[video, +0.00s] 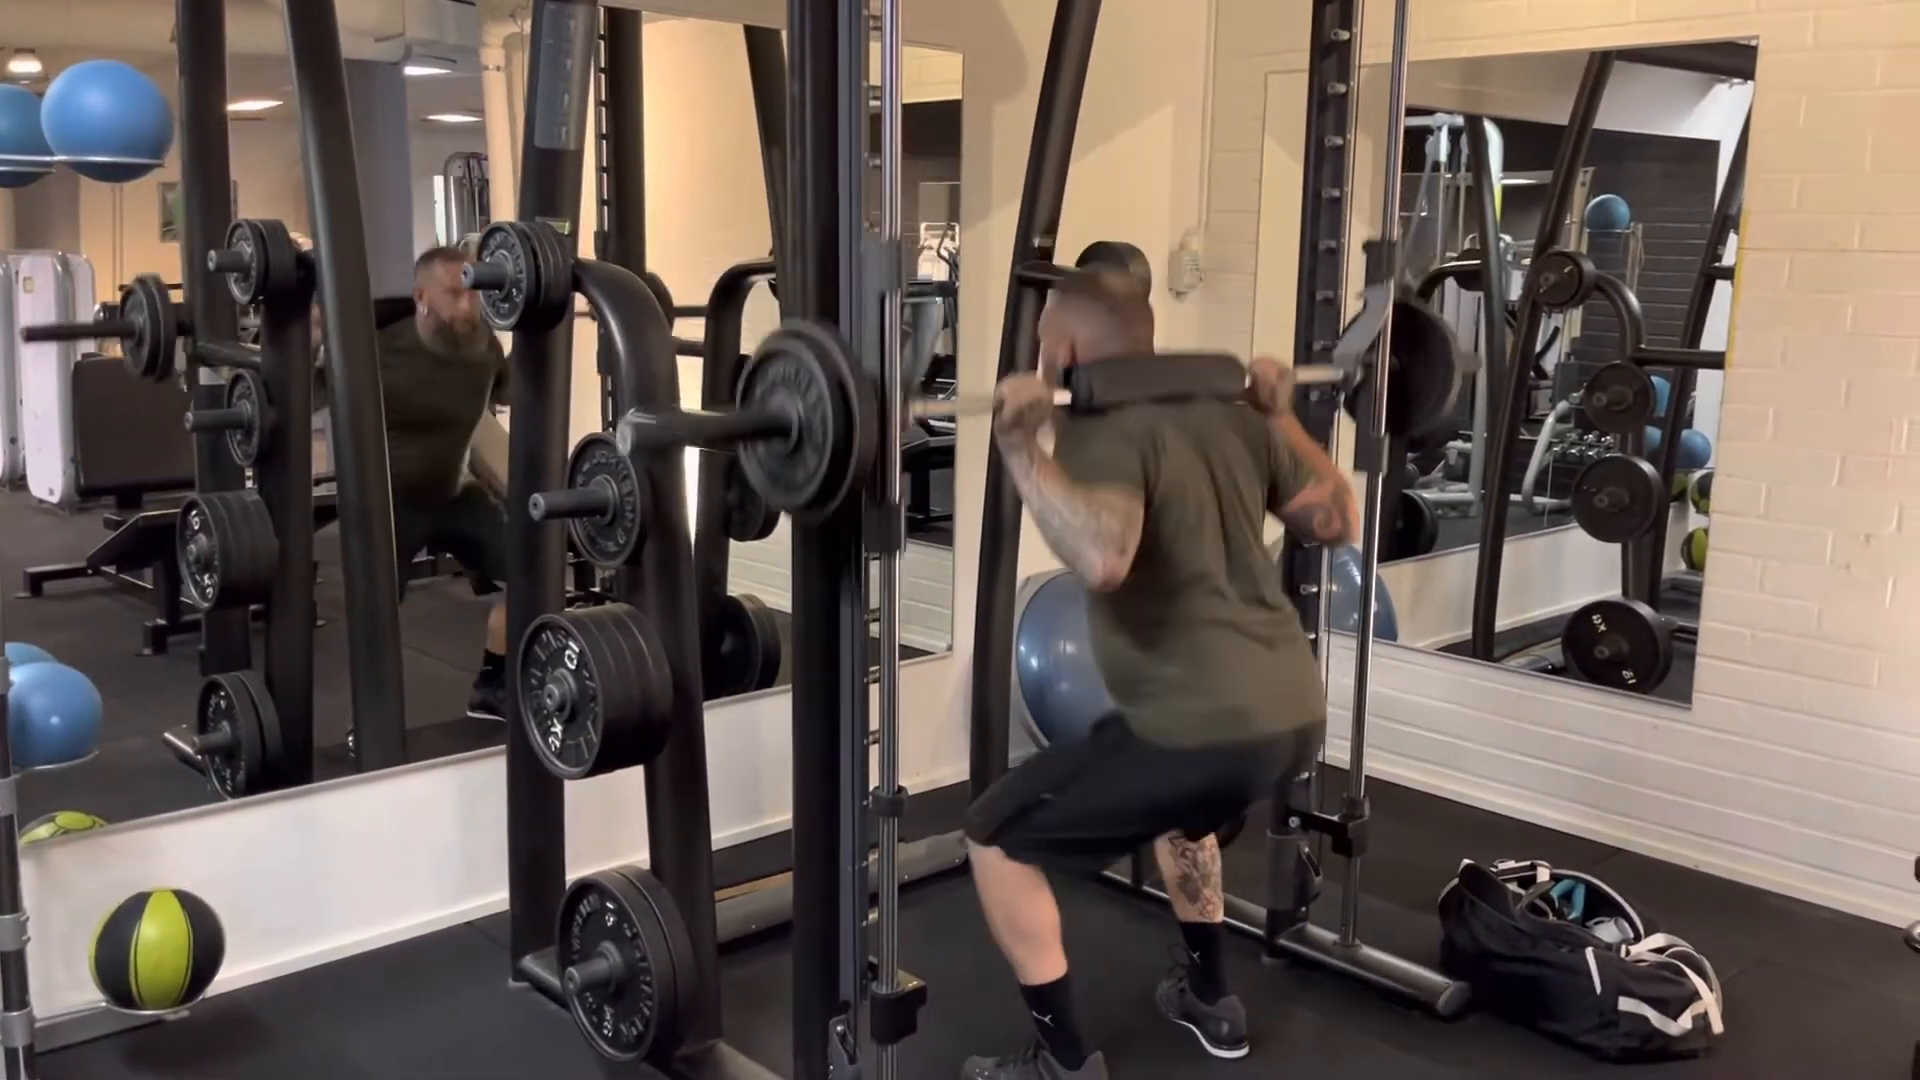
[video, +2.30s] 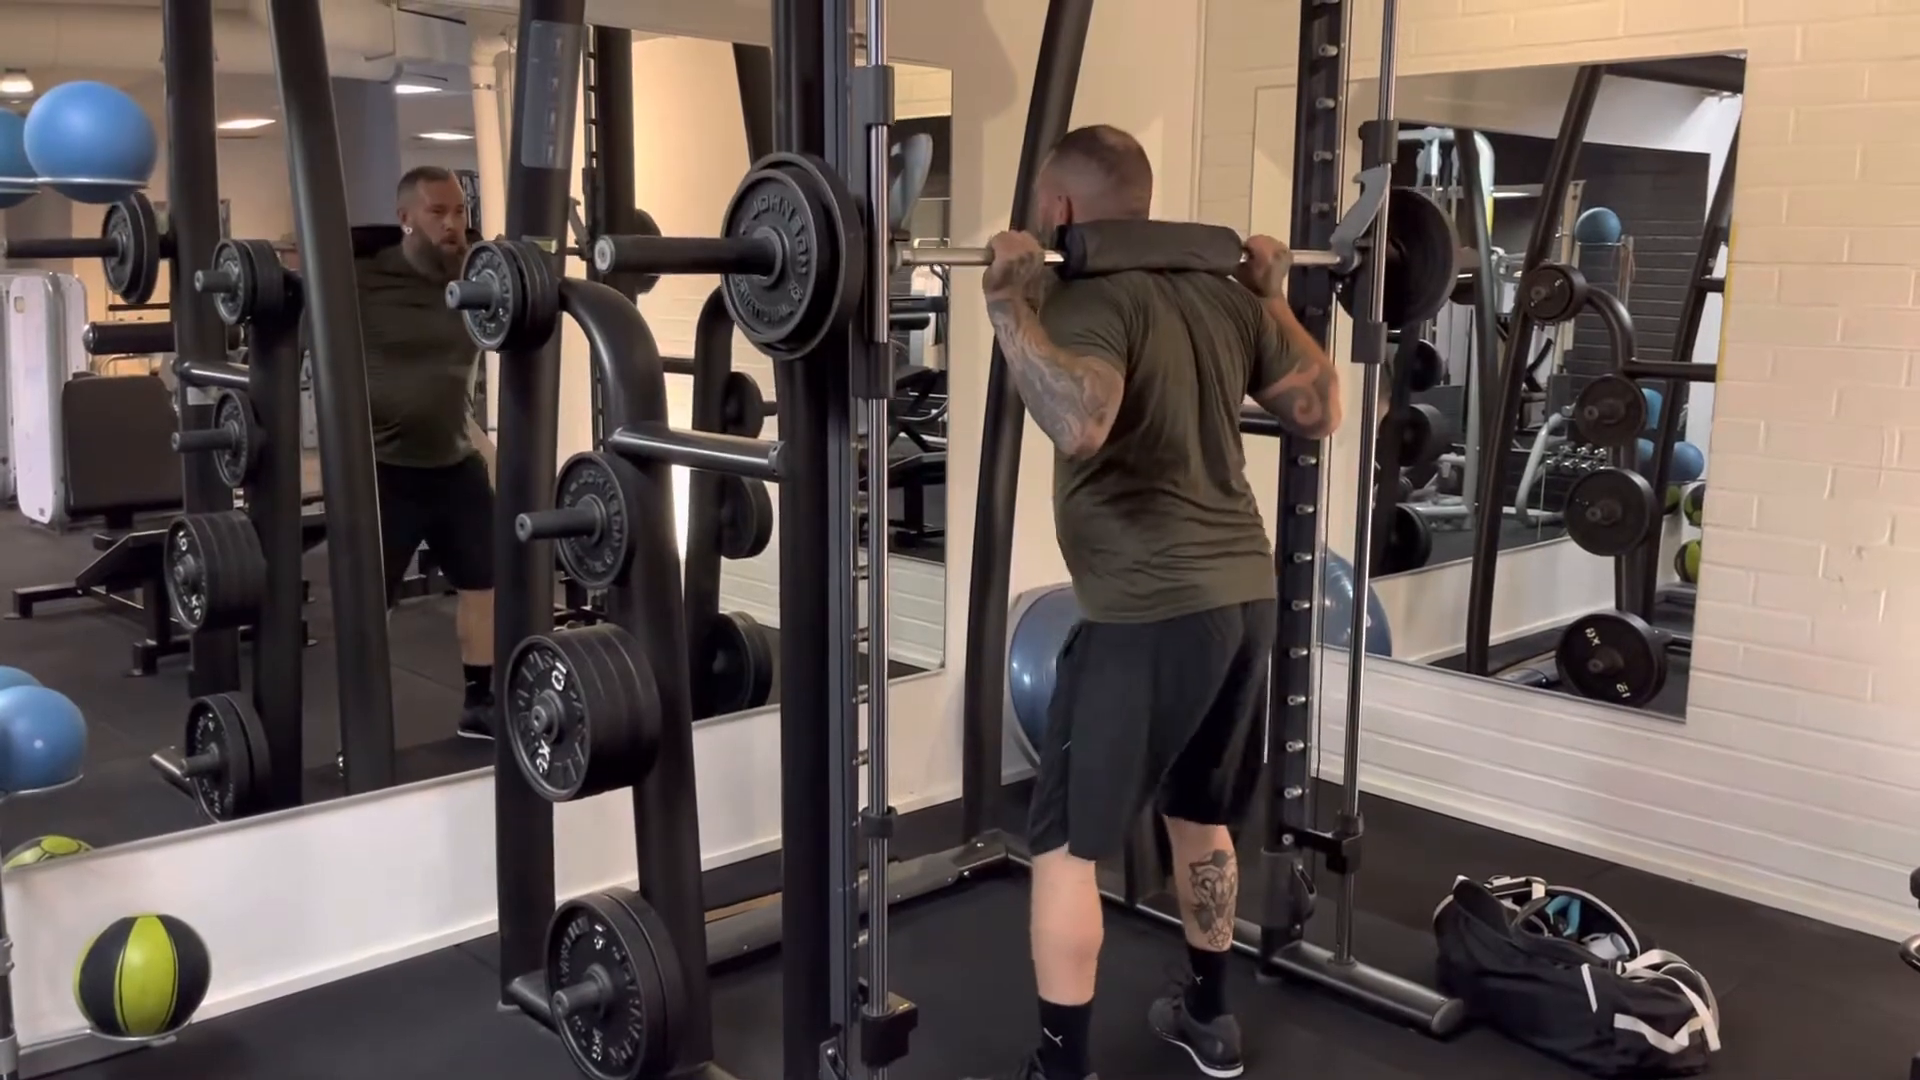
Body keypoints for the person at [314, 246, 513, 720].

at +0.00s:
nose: (468, 306)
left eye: (471, 293)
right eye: (454, 294)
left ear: (479, 294)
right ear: (422, 297)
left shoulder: (485, 350)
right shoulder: (380, 352)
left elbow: (510, 396)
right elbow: (304, 396)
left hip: (454, 498)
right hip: (388, 502)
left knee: (526, 559)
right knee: (377, 602)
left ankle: (494, 683)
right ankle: (371, 717)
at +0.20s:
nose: (466, 372)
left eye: (474, 359)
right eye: (453, 359)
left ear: (482, 360)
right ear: (420, 362)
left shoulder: (486, 408)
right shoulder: (379, 412)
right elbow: (300, 463)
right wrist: (306, 417)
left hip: (450, 542)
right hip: (384, 548)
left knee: (524, 572)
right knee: (370, 616)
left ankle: (490, 687)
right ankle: (365, 718)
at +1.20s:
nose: (454, 306)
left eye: (458, 293)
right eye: (440, 294)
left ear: (467, 296)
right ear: (409, 301)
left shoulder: (476, 356)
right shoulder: (372, 360)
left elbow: (508, 408)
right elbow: (298, 404)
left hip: (441, 508)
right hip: (377, 513)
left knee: (518, 561)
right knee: (367, 613)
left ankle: (485, 691)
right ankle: (358, 727)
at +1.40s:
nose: (455, 238)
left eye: (461, 226)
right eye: (441, 227)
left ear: (469, 227)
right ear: (407, 231)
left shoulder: (470, 294)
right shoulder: (366, 297)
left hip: (449, 467)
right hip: (380, 471)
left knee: (496, 565)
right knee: (363, 602)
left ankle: (482, 694)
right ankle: (360, 722)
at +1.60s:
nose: (454, 210)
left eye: (459, 198)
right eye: (439, 198)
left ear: (466, 202)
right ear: (405, 204)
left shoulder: (471, 268)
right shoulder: (360, 267)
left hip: (457, 452)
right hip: (382, 455)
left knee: (474, 574)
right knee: (366, 588)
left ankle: (480, 697)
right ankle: (359, 704)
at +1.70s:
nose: (454, 212)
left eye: (459, 201)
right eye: (440, 202)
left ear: (466, 206)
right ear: (406, 208)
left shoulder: (471, 269)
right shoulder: (362, 270)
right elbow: (278, 249)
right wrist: (285, 256)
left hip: (456, 455)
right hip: (381, 460)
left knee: (481, 570)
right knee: (365, 592)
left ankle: (480, 698)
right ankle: (360, 711)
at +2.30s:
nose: (455, 224)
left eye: (461, 212)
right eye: (440, 212)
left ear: (468, 216)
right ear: (406, 218)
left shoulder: (473, 280)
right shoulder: (360, 279)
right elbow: (279, 257)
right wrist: (278, 262)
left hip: (456, 464)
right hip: (380, 467)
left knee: (483, 576)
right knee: (364, 596)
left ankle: (481, 702)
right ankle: (360, 717)